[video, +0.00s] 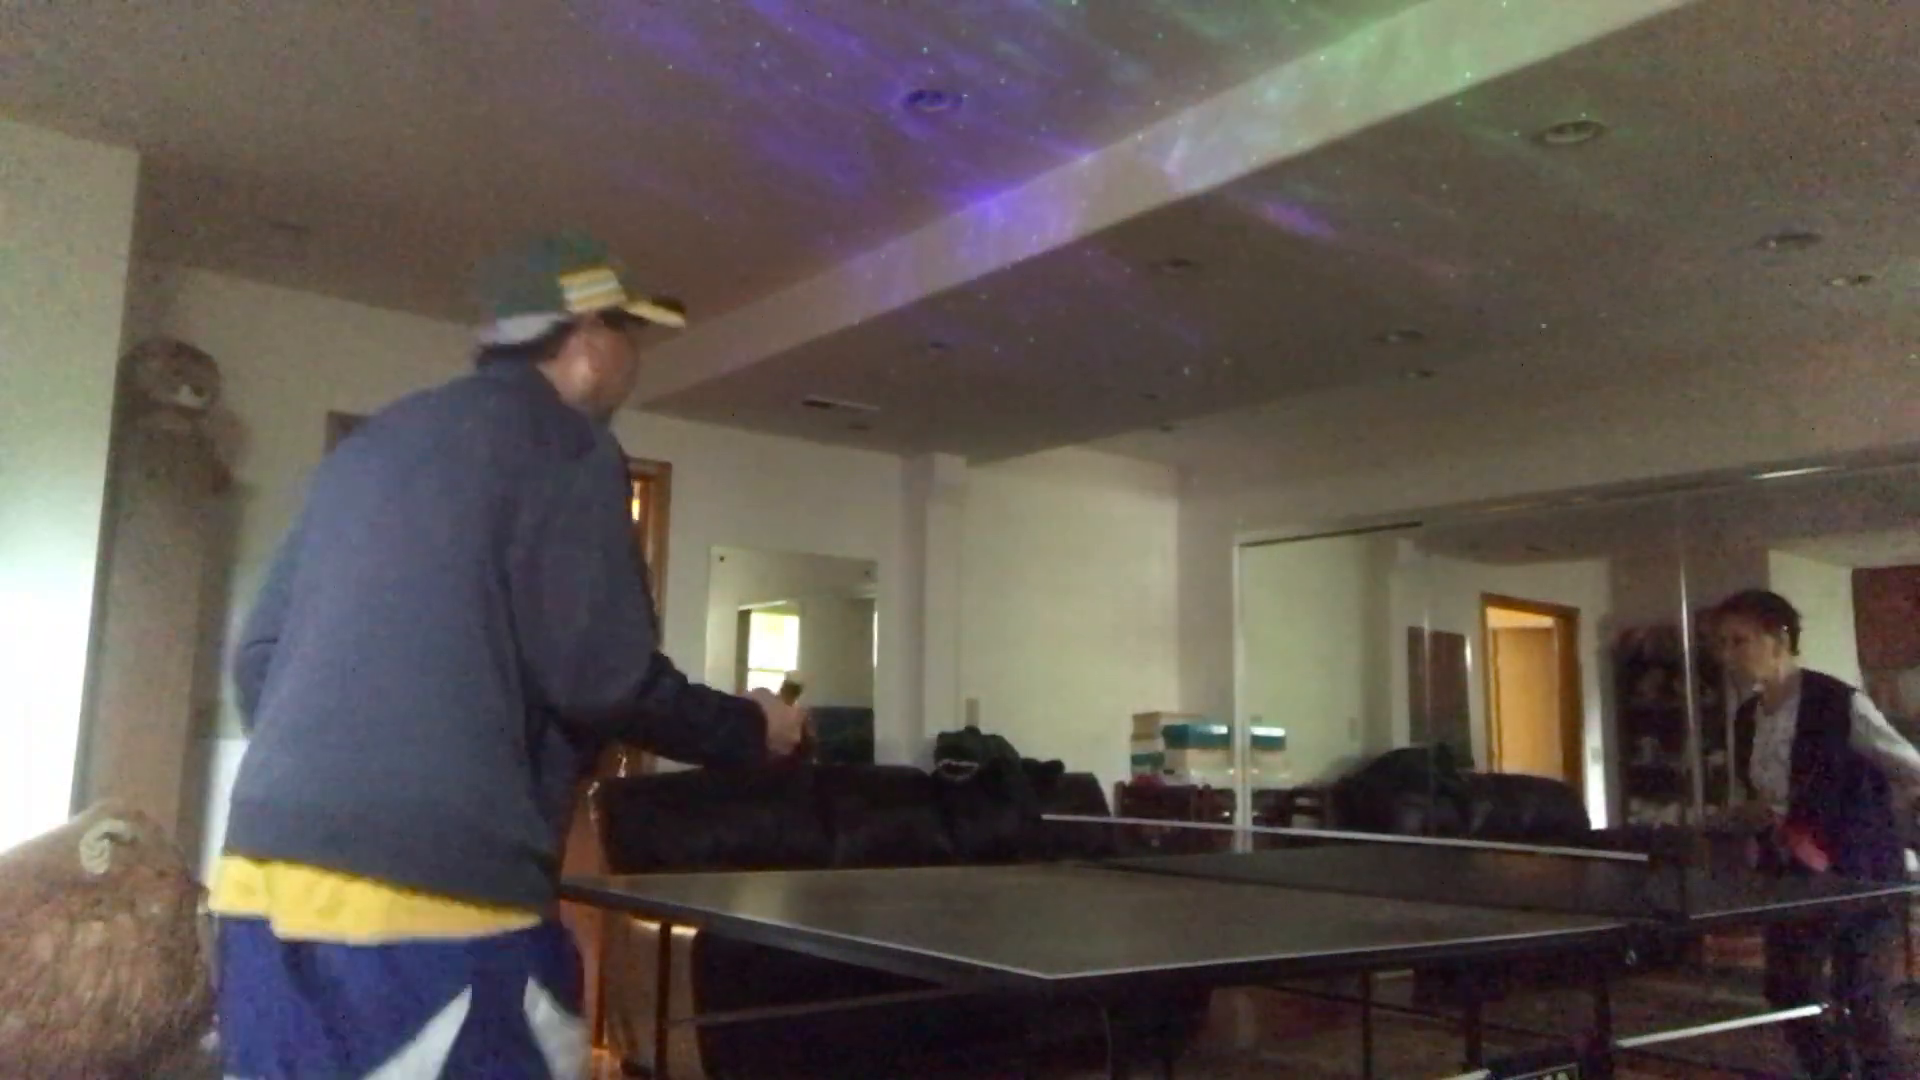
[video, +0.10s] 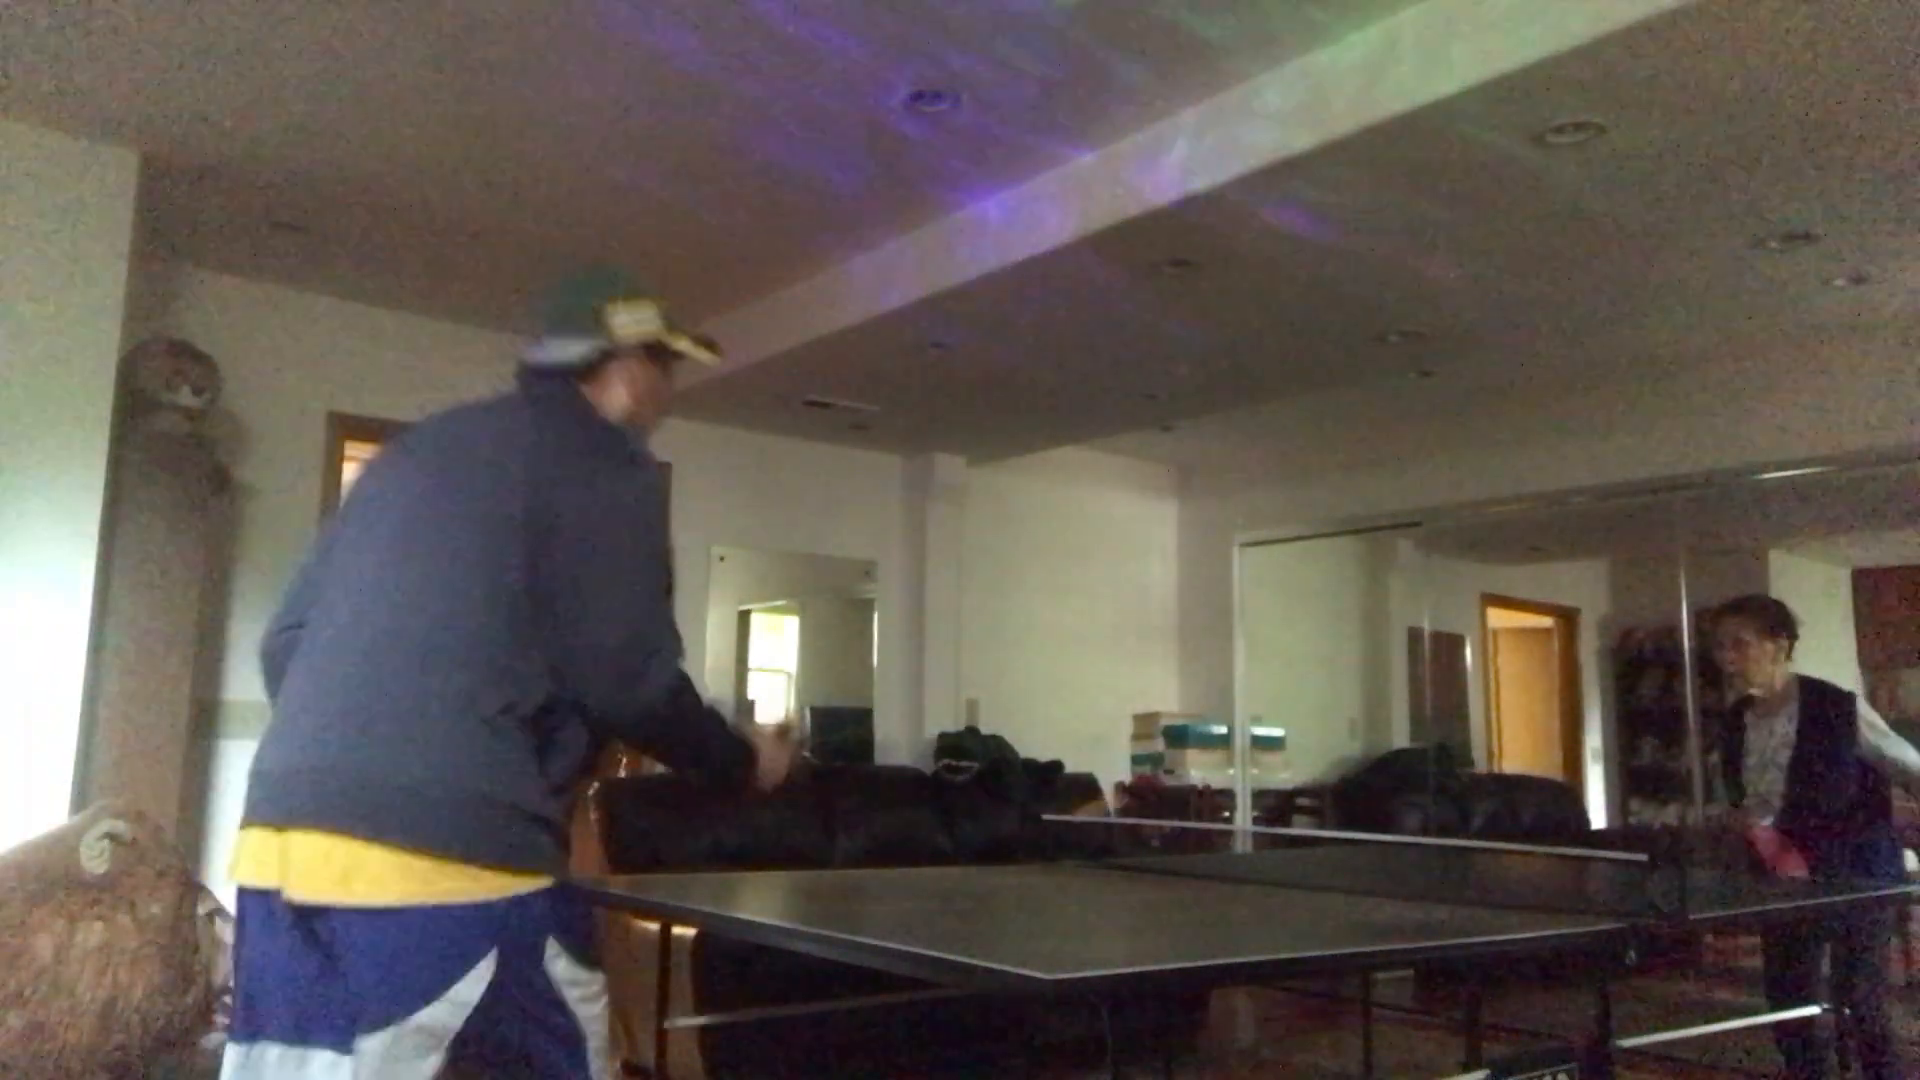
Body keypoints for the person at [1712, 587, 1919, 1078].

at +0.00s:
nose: (1728, 656)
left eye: (1739, 640)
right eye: (1724, 644)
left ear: (1780, 637)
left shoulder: (1838, 701)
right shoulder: (1745, 717)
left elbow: (1910, 768)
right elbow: (1749, 802)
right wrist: (1751, 817)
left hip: (1861, 875)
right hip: (1791, 878)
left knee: (1864, 1001)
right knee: (1787, 996)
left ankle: (1880, 1069)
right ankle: (1824, 1068)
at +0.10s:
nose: (1726, 658)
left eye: (1738, 643)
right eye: (1721, 646)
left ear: (1779, 644)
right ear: (1717, 653)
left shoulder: (1837, 707)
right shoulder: (1733, 724)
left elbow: (1908, 768)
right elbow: (1736, 805)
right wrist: (1761, 839)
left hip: (1856, 871)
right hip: (1783, 876)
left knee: (1860, 1000)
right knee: (1787, 1001)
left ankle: (1882, 1072)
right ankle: (1808, 1071)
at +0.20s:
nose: (1724, 659)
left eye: (1736, 645)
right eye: (1719, 648)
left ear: (1777, 650)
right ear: (1712, 659)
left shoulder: (1835, 712)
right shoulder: (1718, 724)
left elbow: (1905, 778)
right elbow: (1710, 801)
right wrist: (1726, 826)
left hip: (1857, 864)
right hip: (1781, 869)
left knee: (1867, 986)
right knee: (1781, 986)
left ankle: (1891, 1062)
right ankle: (1803, 1068)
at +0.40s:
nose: (1728, 662)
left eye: (1740, 647)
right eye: (1720, 651)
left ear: (1780, 651)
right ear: (1713, 662)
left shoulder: (1835, 713)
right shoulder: (1717, 725)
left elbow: (1894, 796)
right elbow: (1715, 812)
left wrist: (1899, 877)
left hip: (1850, 873)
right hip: (1772, 878)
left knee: (1884, 983)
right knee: (1779, 990)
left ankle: (1913, 1062)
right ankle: (1798, 1070)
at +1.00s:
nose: (1677, 677)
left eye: (1686, 662)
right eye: (1674, 664)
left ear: (1724, 658)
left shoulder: (1790, 720)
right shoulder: (1702, 724)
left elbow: (1852, 812)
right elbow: (1707, 805)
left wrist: (1829, 895)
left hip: (1813, 877)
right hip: (1748, 881)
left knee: (1869, 991)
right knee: (1742, 1002)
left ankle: (1906, 1063)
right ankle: (1751, 1071)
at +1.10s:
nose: (1666, 675)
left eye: (1674, 660)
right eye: (1662, 663)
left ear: (1710, 653)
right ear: (1707, 657)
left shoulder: (1778, 716)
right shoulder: (1703, 721)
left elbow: (1833, 811)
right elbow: (1713, 809)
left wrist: (1805, 893)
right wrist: (1728, 882)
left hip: (1802, 875)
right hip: (1744, 878)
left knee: (1854, 992)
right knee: (1739, 987)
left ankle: (1903, 1067)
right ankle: (1753, 1068)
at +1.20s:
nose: (1661, 669)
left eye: (1669, 654)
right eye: (1659, 657)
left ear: (1708, 650)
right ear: (1703, 654)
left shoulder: (1772, 715)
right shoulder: (1699, 718)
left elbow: (1825, 810)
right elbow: (1710, 805)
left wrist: (1795, 892)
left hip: (1795, 866)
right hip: (1738, 872)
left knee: (1844, 982)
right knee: (1736, 983)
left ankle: (1896, 1060)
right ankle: (1750, 1068)